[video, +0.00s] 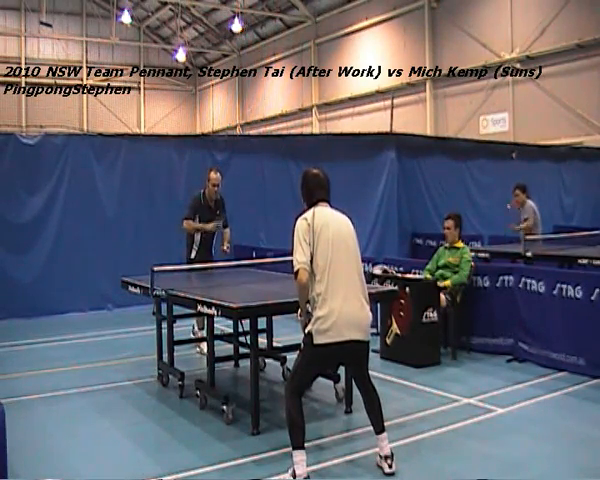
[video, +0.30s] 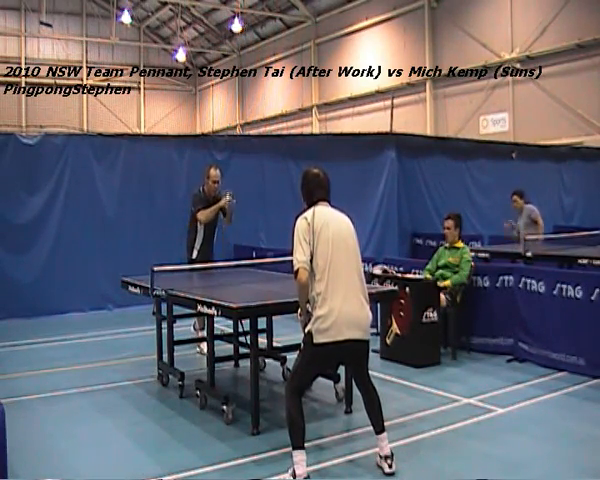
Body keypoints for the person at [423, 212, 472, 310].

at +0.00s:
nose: (445, 232)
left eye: (448, 229)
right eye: (444, 229)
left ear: (457, 230)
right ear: (443, 230)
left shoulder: (464, 251)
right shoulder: (442, 249)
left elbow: (463, 276)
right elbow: (430, 267)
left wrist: (446, 283)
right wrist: (428, 277)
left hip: (452, 284)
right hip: (436, 281)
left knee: (442, 298)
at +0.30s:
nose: (445, 232)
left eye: (448, 229)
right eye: (444, 229)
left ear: (457, 230)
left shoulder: (464, 251)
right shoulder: (442, 249)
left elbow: (463, 276)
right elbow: (430, 267)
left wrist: (446, 283)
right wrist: (428, 277)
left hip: (453, 284)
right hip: (436, 281)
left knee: (443, 298)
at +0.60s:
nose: (445, 232)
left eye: (448, 229)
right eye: (444, 229)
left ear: (457, 230)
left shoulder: (464, 251)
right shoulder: (442, 249)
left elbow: (463, 276)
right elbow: (430, 267)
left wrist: (446, 283)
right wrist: (428, 276)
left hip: (453, 285)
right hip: (436, 281)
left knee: (441, 298)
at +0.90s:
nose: (445, 232)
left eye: (448, 229)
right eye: (444, 229)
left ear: (457, 230)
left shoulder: (464, 251)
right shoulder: (442, 249)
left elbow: (463, 276)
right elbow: (429, 268)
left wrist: (446, 283)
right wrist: (429, 278)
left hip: (453, 285)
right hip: (436, 281)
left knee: (442, 298)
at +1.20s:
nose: (445, 232)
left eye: (448, 229)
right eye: (444, 229)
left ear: (457, 230)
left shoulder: (464, 251)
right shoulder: (442, 249)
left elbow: (463, 276)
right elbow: (429, 267)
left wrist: (446, 283)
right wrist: (428, 276)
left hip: (452, 285)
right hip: (435, 281)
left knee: (442, 298)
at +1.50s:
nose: (445, 232)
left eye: (448, 229)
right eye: (444, 229)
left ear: (457, 230)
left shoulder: (464, 251)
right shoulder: (442, 249)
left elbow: (463, 276)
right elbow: (430, 266)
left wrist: (447, 283)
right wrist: (428, 275)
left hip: (453, 284)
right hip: (435, 281)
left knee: (442, 298)